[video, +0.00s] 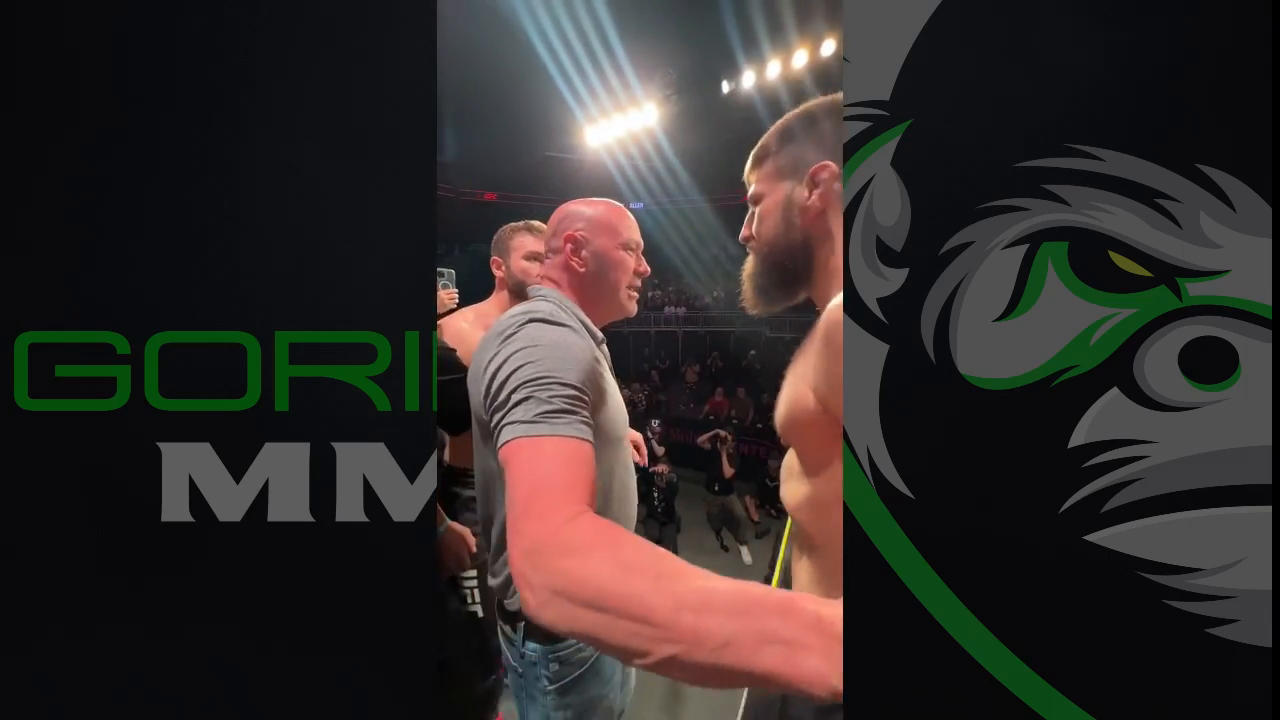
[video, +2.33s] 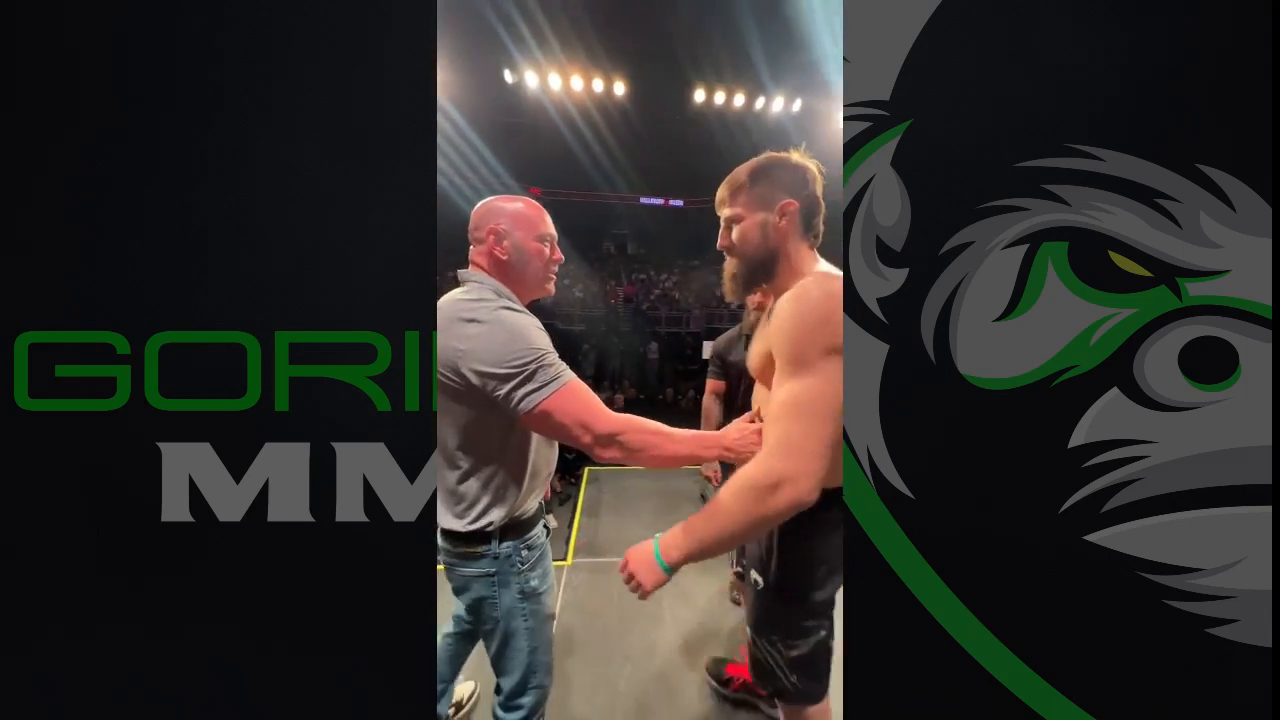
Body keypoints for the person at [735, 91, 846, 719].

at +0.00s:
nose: (743, 233)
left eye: (755, 202)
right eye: (746, 208)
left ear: (819, 188)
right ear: (817, 189)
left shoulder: (845, 323)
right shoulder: (831, 327)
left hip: (834, 675)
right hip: (811, 666)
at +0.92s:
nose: (762, 245)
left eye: (775, 221)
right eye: (764, 227)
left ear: (831, 211)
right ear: (828, 214)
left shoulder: (855, 339)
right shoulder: (834, 335)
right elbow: (829, 500)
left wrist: (844, 697)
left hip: (837, 594)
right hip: (814, 584)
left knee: (800, 706)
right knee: (783, 705)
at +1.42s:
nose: (758, 252)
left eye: (771, 235)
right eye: (761, 238)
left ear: (821, 235)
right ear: (819, 239)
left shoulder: (840, 299)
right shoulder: (827, 303)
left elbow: (884, 448)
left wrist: (846, 629)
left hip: (836, 553)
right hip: (818, 539)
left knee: (792, 699)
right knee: (788, 693)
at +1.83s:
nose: (766, 237)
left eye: (780, 221)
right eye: (770, 223)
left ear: (830, 224)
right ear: (829, 226)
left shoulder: (839, 293)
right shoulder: (825, 293)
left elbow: (867, 463)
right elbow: (836, 448)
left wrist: (826, 620)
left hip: (817, 537)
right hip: (800, 522)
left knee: (791, 693)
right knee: (782, 674)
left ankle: (779, 711)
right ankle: (773, 708)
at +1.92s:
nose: (768, 235)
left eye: (783, 218)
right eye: (773, 220)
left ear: (834, 223)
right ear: (830, 225)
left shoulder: (841, 294)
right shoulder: (828, 295)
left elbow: (847, 470)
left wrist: (755, 598)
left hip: (825, 551)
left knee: (810, 697)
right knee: (791, 673)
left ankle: (773, 713)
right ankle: (770, 710)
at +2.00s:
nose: (764, 236)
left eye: (778, 218)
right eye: (767, 220)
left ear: (831, 221)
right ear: (827, 224)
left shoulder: (835, 303)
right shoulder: (827, 303)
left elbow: (822, 485)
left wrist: (699, 567)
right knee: (764, 622)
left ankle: (753, 712)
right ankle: (751, 707)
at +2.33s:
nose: (721, 241)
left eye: (733, 222)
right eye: (721, 225)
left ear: (784, 217)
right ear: (781, 220)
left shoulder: (816, 301)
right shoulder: (793, 300)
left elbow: (790, 477)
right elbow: (772, 420)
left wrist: (667, 550)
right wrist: (725, 463)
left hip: (814, 513)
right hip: (791, 505)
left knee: (799, 688)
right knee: (769, 597)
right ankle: (765, 679)